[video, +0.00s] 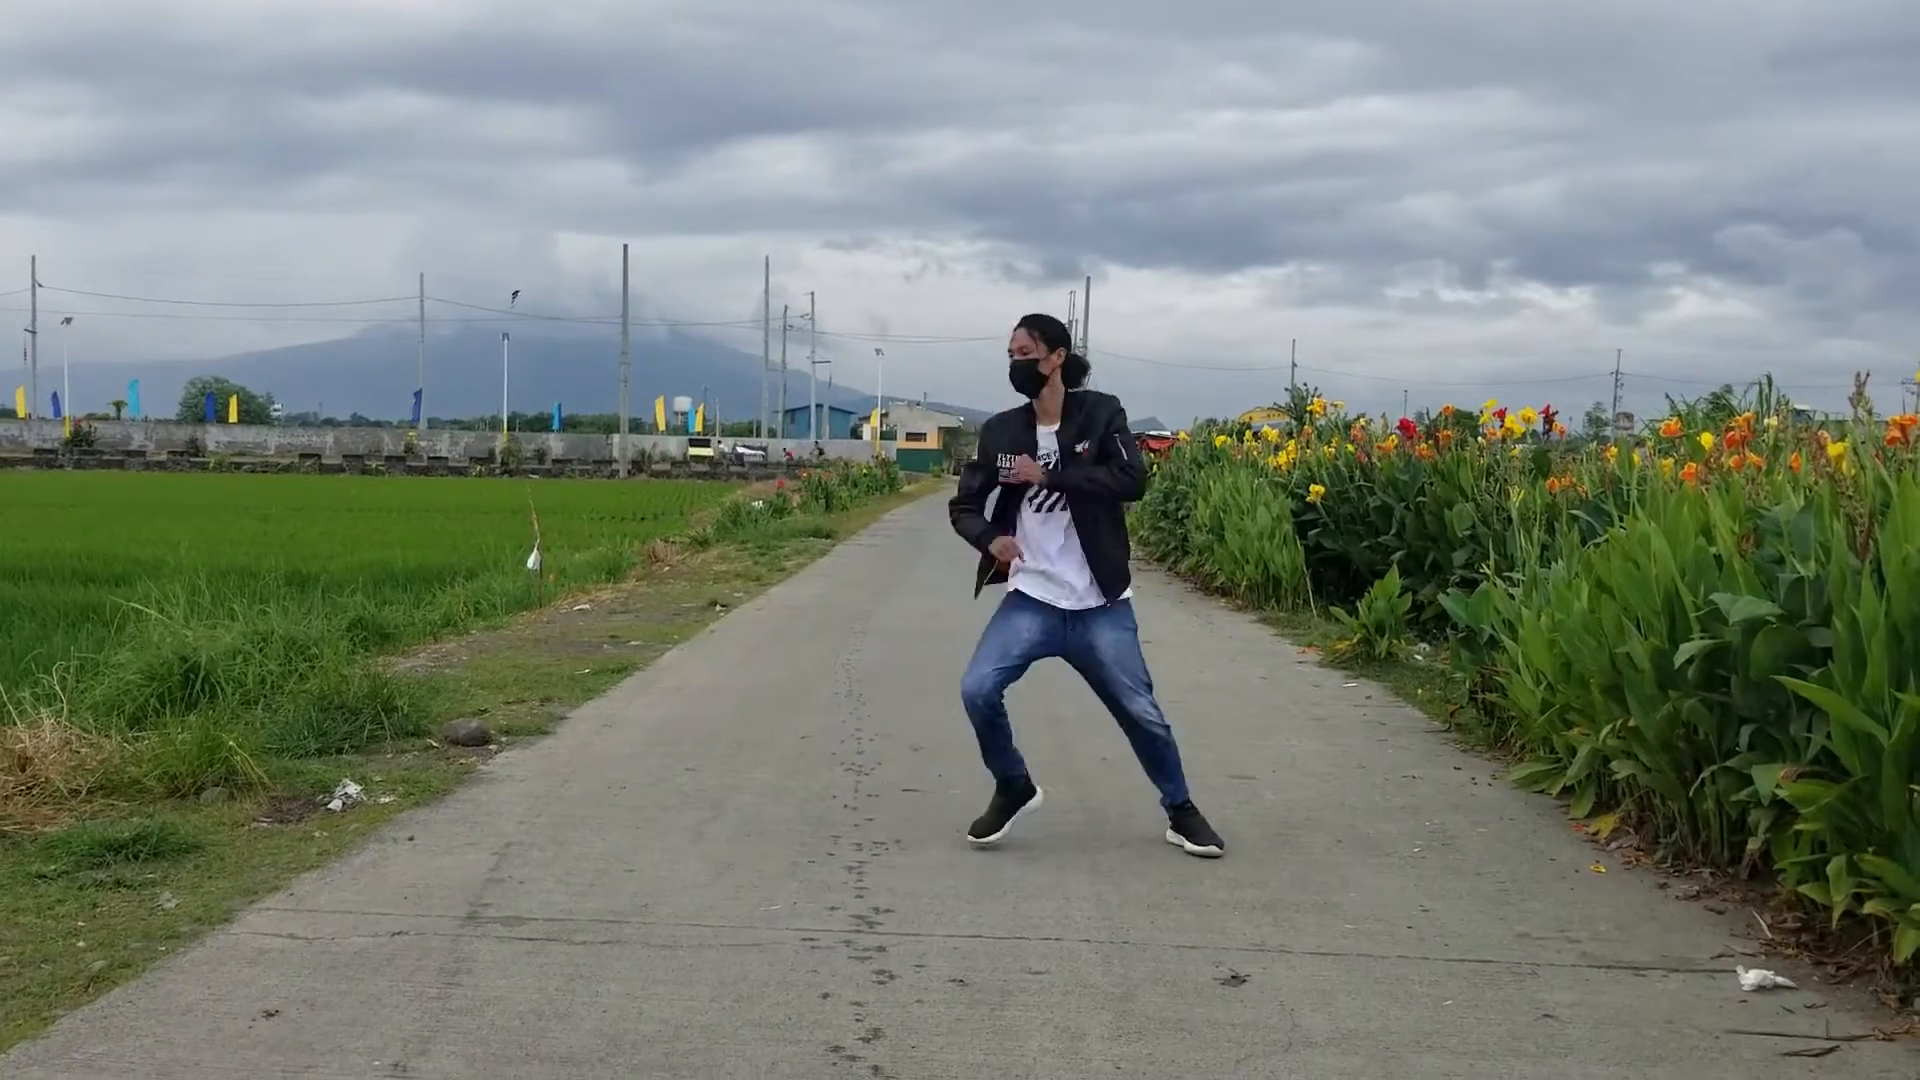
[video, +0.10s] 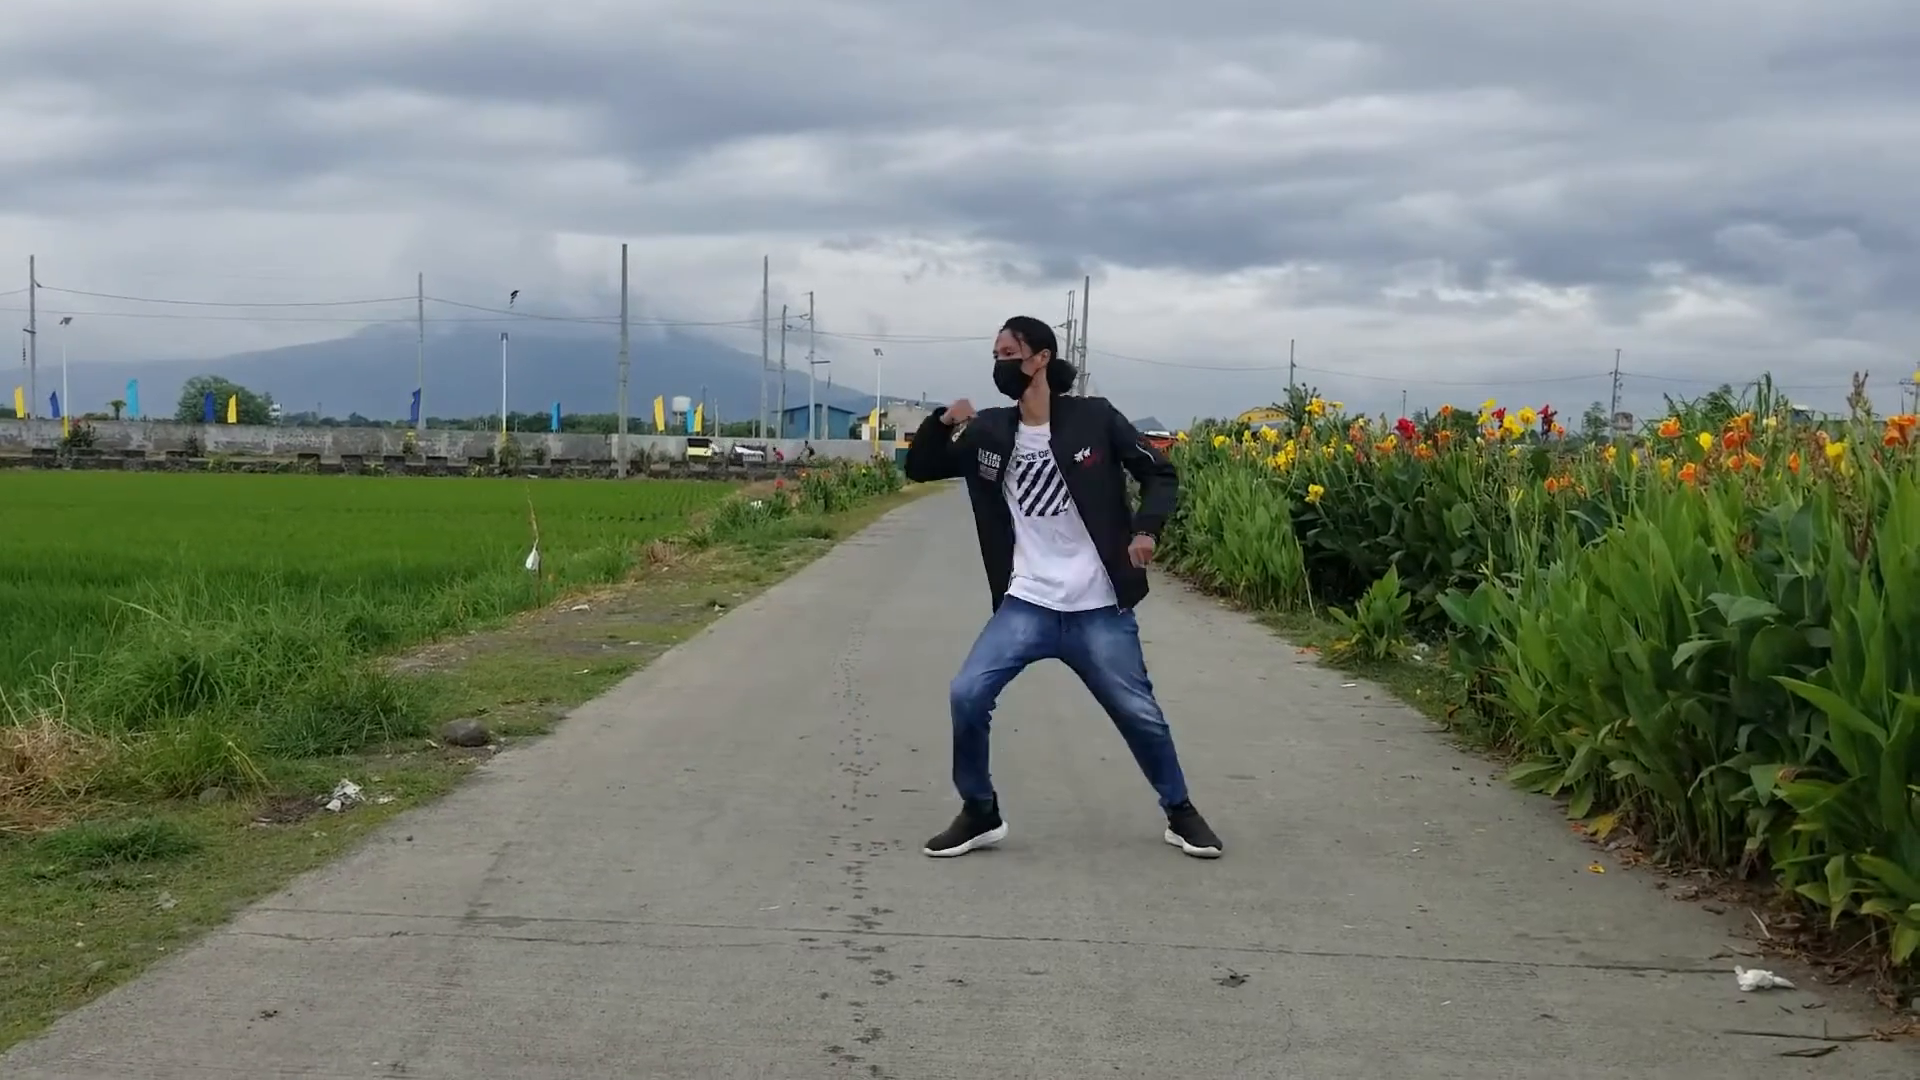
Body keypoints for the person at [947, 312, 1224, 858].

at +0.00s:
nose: (1014, 361)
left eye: (1023, 352)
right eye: (1012, 353)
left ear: (1056, 356)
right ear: (1021, 361)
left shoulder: (1101, 412)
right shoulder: (1001, 430)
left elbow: (1130, 479)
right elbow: (965, 507)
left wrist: (1047, 475)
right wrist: (988, 538)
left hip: (1100, 603)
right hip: (1029, 600)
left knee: (1141, 712)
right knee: (977, 690)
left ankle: (1181, 810)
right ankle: (1013, 787)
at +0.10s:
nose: (999, 365)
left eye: (1008, 355)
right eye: (996, 357)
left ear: (1041, 357)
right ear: (1003, 362)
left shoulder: (1096, 416)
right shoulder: (988, 431)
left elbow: (1159, 474)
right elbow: (921, 468)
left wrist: (1148, 528)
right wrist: (940, 424)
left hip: (1099, 604)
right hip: (1026, 603)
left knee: (1139, 713)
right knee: (967, 692)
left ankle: (1180, 811)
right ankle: (980, 812)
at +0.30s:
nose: (1012, 342)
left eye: (1021, 334)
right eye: (998, 335)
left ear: (1034, 347)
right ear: (981, 352)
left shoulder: (1065, 411)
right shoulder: (961, 414)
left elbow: (1114, 489)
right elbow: (928, 470)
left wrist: (1117, 471)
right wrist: (947, 387)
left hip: (1075, 586)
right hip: (1002, 591)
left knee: (1136, 672)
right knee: (972, 700)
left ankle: (1168, 782)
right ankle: (983, 813)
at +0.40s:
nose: (1029, 337)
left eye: (1030, 328)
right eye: (1016, 330)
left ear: (1033, 339)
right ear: (985, 345)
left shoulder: (1044, 405)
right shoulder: (971, 409)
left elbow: (1066, 486)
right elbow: (1000, 483)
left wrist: (1113, 437)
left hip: (1058, 558)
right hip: (1003, 574)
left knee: (1135, 601)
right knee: (1000, 703)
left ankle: (1146, 728)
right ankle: (949, 801)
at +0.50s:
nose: (1032, 343)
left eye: (1033, 334)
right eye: (1021, 336)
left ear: (1024, 341)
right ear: (989, 346)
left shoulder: (1043, 410)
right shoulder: (974, 414)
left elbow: (1072, 484)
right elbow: (1022, 477)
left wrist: (1127, 456)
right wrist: (1095, 445)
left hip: (1047, 559)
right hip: (996, 578)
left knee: (1133, 568)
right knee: (992, 702)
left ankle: (1129, 696)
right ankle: (941, 806)